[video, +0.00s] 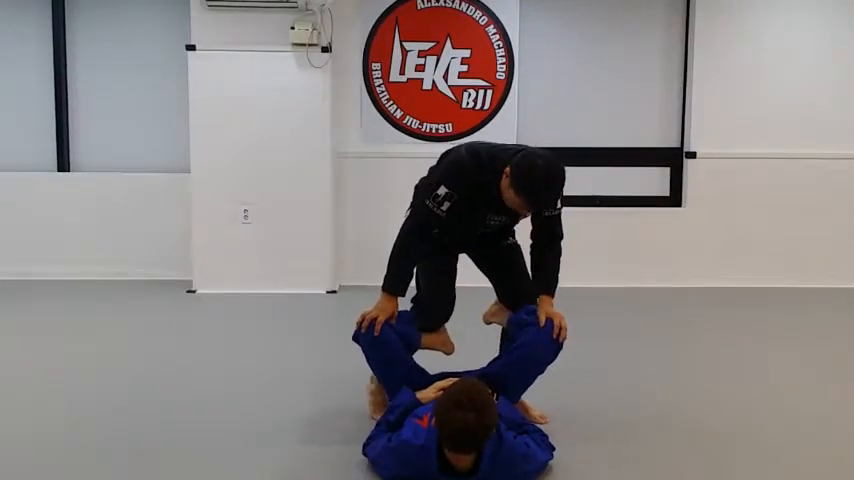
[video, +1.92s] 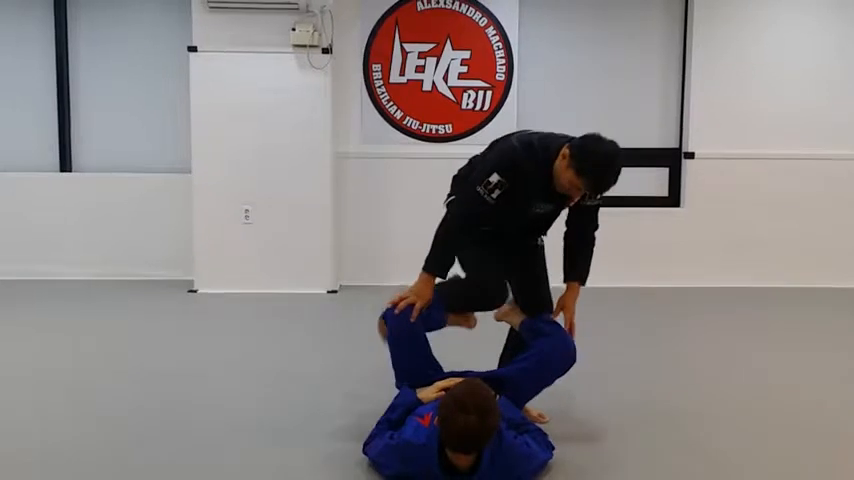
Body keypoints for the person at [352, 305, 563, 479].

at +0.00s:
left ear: (435, 421)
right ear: (495, 419)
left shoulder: (408, 451)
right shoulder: (515, 456)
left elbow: (373, 444)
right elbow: (539, 441)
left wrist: (414, 398)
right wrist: (507, 403)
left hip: (424, 395)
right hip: (492, 393)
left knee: (370, 329)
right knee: (548, 331)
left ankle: (431, 336)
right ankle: (508, 312)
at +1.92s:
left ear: (438, 422)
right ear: (496, 426)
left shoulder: (408, 451)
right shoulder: (515, 457)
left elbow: (374, 444)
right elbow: (541, 444)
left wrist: (412, 397)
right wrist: (519, 413)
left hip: (429, 390)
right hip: (497, 395)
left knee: (398, 318)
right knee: (563, 349)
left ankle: (451, 315)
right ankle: (515, 316)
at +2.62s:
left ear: (438, 425)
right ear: (496, 425)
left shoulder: (408, 452)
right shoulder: (513, 456)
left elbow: (374, 443)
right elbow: (541, 444)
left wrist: (413, 397)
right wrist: (508, 406)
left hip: (428, 392)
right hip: (497, 395)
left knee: (407, 313)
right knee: (562, 348)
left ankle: (451, 337)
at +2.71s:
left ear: (438, 426)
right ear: (495, 427)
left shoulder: (407, 453)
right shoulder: (514, 457)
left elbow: (374, 443)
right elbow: (541, 443)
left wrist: (413, 397)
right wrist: (506, 404)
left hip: (427, 395)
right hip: (496, 395)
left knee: (406, 313)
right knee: (562, 348)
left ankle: (454, 346)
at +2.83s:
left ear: (437, 425)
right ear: (495, 427)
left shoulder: (406, 453)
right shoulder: (514, 457)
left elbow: (374, 443)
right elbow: (540, 442)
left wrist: (413, 397)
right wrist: (506, 405)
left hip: (428, 393)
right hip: (497, 394)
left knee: (404, 315)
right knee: (562, 349)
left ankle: (445, 334)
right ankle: (533, 316)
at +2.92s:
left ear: (437, 425)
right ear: (495, 427)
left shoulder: (406, 453)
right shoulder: (514, 456)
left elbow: (374, 443)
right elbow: (540, 443)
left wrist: (414, 397)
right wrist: (511, 406)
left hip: (429, 392)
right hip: (499, 394)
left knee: (405, 317)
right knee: (561, 347)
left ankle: (450, 331)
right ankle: (535, 310)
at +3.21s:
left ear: (437, 421)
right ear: (496, 425)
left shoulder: (406, 453)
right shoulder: (514, 456)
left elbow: (374, 443)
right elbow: (540, 442)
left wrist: (413, 397)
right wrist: (509, 404)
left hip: (425, 395)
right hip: (495, 394)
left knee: (399, 318)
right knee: (557, 344)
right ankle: (537, 309)